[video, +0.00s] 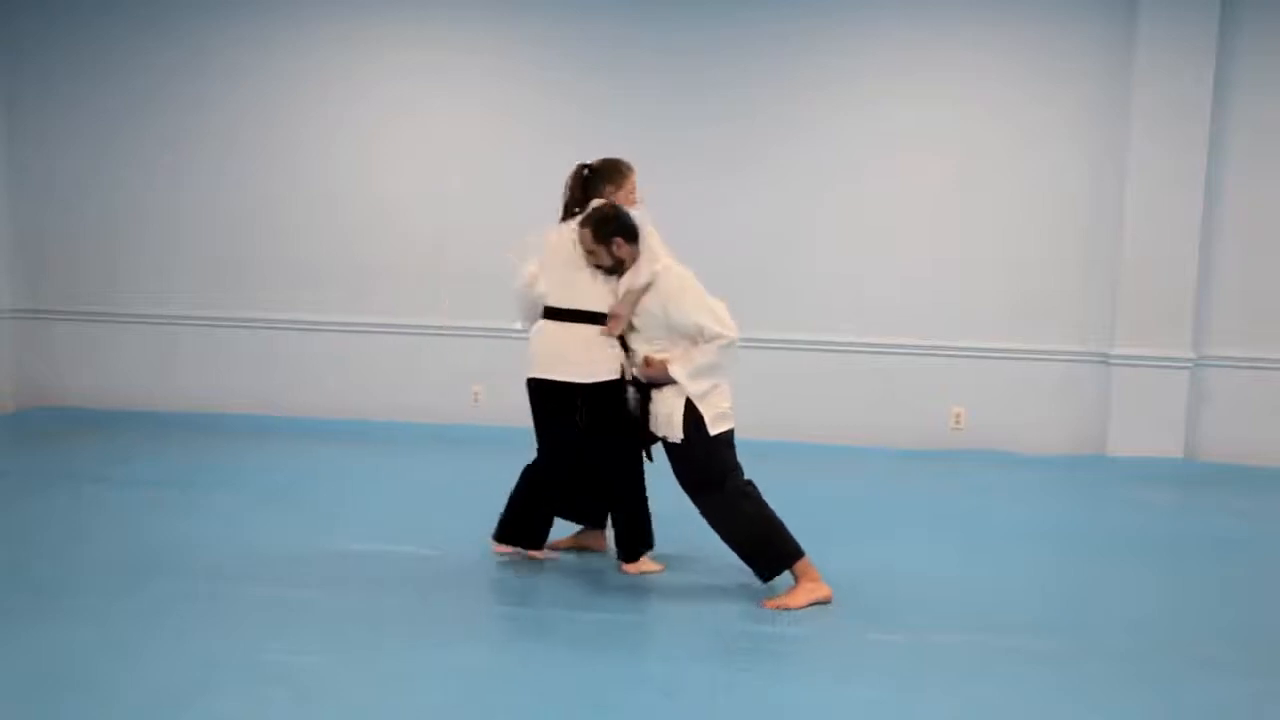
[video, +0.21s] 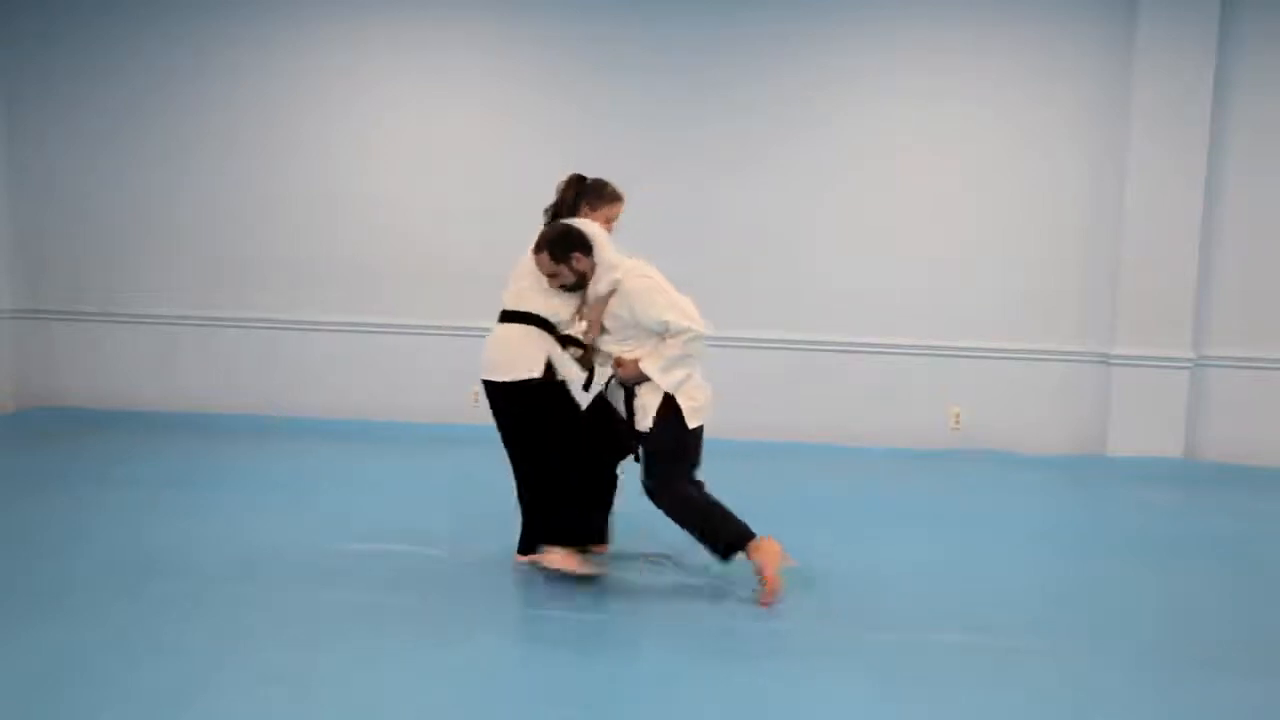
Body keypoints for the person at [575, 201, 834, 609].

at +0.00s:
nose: (588, 259)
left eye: (592, 251)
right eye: (586, 250)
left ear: (620, 247)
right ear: (618, 246)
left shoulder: (668, 280)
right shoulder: (619, 279)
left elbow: (723, 335)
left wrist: (671, 369)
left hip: (690, 401)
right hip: (649, 396)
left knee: (724, 490)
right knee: (602, 446)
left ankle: (809, 579)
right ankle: (592, 531)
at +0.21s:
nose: (553, 283)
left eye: (554, 275)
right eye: (548, 276)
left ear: (578, 260)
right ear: (577, 259)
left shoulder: (633, 283)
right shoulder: (593, 289)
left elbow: (691, 332)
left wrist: (643, 366)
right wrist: (583, 350)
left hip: (671, 396)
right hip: (629, 394)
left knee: (667, 486)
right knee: (591, 453)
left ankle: (755, 546)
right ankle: (592, 539)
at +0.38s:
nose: (528, 315)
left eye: (530, 307)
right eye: (522, 310)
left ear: (548, 287)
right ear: (546, 285)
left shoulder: (605, 296)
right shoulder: (553, 313)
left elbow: (671, 344)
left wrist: (624, 372)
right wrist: (580, 373)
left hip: (657, 376)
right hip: (615, 380)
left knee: (609, 448)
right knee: (575, 440)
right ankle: (590, 537)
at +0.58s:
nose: (495, 365)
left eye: (492, 359)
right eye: (489, 360)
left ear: (506, 344)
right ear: (507, 338)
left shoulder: (560, 340)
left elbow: (629, 374)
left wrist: (577, 402)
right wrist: (569, 396)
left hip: (641, 397)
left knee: (563, 460)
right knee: (562, 440)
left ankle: (569, 584)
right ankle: (588, 530)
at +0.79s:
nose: (478, 407)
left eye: (473, 404)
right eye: (472, 405)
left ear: (479, 387)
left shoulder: (523, 364)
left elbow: (595, 396)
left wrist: (551, 419)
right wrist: (542, 414)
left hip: (622, 395)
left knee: (541, 469)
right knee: (565, 453)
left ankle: (567, 585)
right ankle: (585, 531)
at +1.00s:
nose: (470, 390)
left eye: (465, 384)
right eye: (462, 386)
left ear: (474, 364)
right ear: (474, 358)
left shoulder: (520, 343)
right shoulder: (499, 316)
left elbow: (596, 380)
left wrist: (556, 409)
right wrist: (551, 399)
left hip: (622, 378)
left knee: (555, 465)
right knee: (581, 457)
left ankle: (569, 585)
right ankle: (588, 531)